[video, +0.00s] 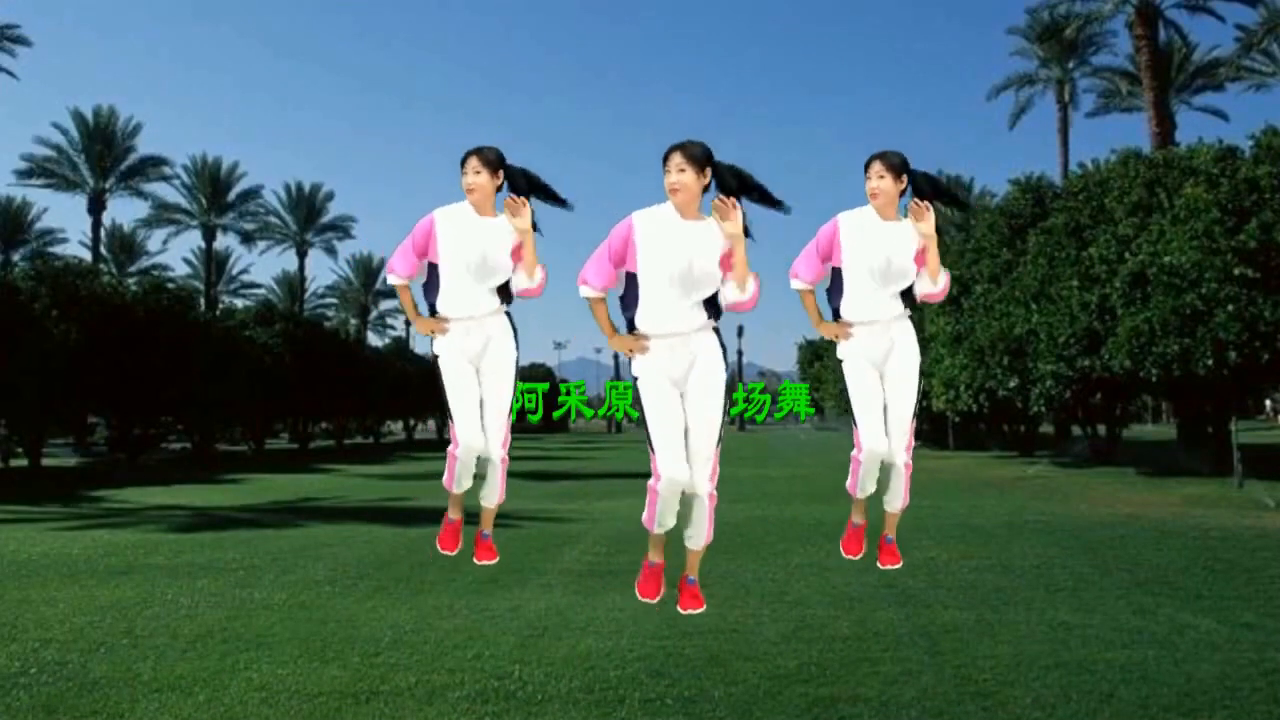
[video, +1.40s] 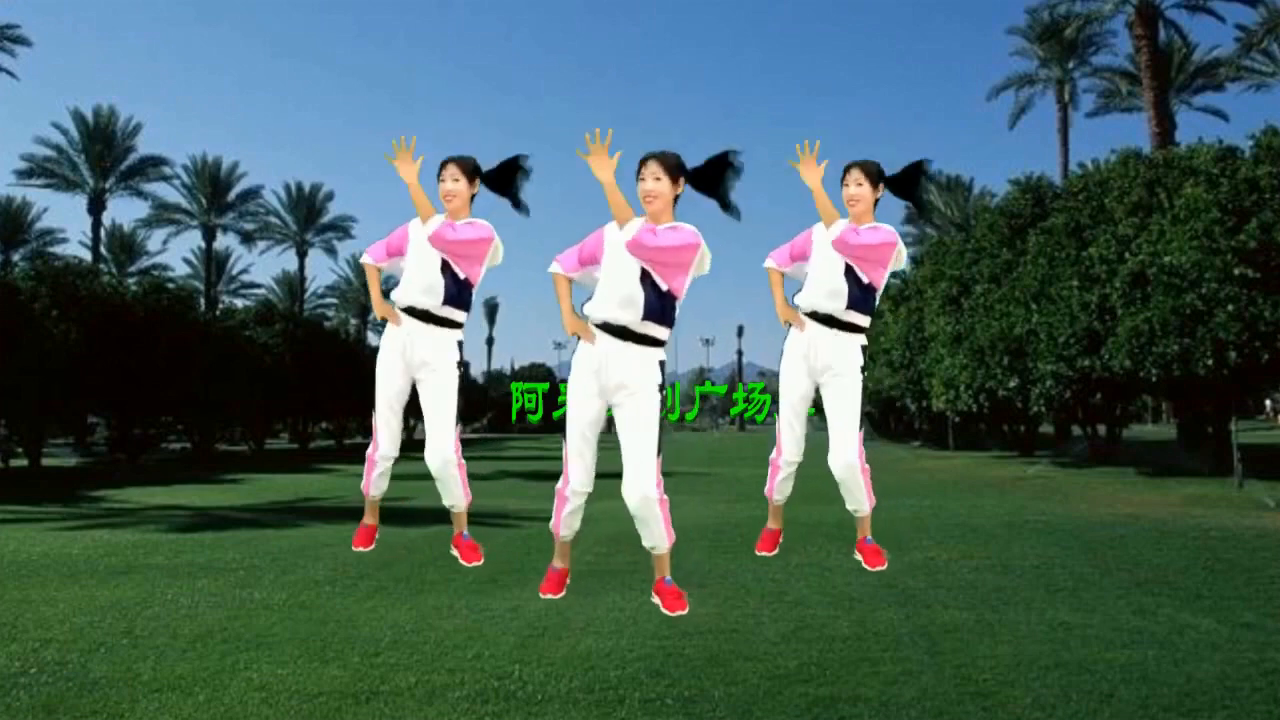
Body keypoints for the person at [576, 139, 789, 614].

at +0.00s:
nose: (673, 177)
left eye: (682, 170)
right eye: (668, 170)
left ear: (704, 177)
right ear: (662, 178)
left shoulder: (720, 231)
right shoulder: (638, 225)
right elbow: (592, 281)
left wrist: (737, 238)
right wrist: (613, 335)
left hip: (703, 352)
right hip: (652, 353)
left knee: (702, 473)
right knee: (672, 472)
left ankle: (691, 578)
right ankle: (654, 557)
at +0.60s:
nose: (650, 155)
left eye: (660, 147)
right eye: (646, 147)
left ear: (682, 156)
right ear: (642, 156)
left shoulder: (704, 208)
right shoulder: (622, 209)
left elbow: (707, 244)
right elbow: (579, 251)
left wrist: (690, 180)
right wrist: (597, 302)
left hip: (671, 338)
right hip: (620, 333)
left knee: (672, 467)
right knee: (598, 454)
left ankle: (689, 573)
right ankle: (576, 564)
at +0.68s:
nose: (650, 134)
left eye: (661, 126)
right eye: (648, 126)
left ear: (684, 136)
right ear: (645, 135)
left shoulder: (703, 186)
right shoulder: (623, 187)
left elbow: (721, 220)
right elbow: (579, 228)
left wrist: (700, 159)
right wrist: (598, 280)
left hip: (675, 314)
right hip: (624, 311)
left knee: (680, 448)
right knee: (604, 440)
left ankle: (691, 566)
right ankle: (585, 539)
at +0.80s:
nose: (658, 131)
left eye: (669, 125)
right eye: (655, 124)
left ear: (692, 137)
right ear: (649, 133)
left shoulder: (704, 185)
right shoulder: (622, 183)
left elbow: (716, 228)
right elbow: (579, 229)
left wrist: (705, 163)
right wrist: (597, 283)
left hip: (680, 307)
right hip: (631, 305)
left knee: (682, 441)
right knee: (625, 440)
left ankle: (684, 563)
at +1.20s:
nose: (663, 143)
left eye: (673, 136)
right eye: (659, 136)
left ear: (689, 149)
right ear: (652, 144)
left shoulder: (697, 202)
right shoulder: (623, 190)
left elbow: (659, 194)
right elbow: (572, 235)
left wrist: (682, 144)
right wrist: (583, 290)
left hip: (661, 316)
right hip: (613, 313)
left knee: (669, 453)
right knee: (604, 451)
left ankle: (678, 568)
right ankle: (594, 537)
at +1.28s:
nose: (658, 150)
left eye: (670, 142)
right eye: (653, 141)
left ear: (689, 152)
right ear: (645, 148)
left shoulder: (696, 203)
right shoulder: (619, 193)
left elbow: (648, 202)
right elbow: (568, 235)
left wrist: (643, 169)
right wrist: (580, 288)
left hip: (653, 323)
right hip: (604, 319)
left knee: (661, 455)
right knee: (592, 450)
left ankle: (673, 568)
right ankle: (574, 547)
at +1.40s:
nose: (648, 187)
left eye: (657, 179)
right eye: (641, 180)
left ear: (678, 187)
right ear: (637, 186)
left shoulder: (687, 239)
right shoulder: (616, 230)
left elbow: (639, 238)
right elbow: (562, 265)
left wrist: (607, 181)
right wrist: (569, 316)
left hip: (641, 364)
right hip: (593, 354)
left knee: (641, 487)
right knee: (576, 477)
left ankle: (663, 580)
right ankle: (559, 564)